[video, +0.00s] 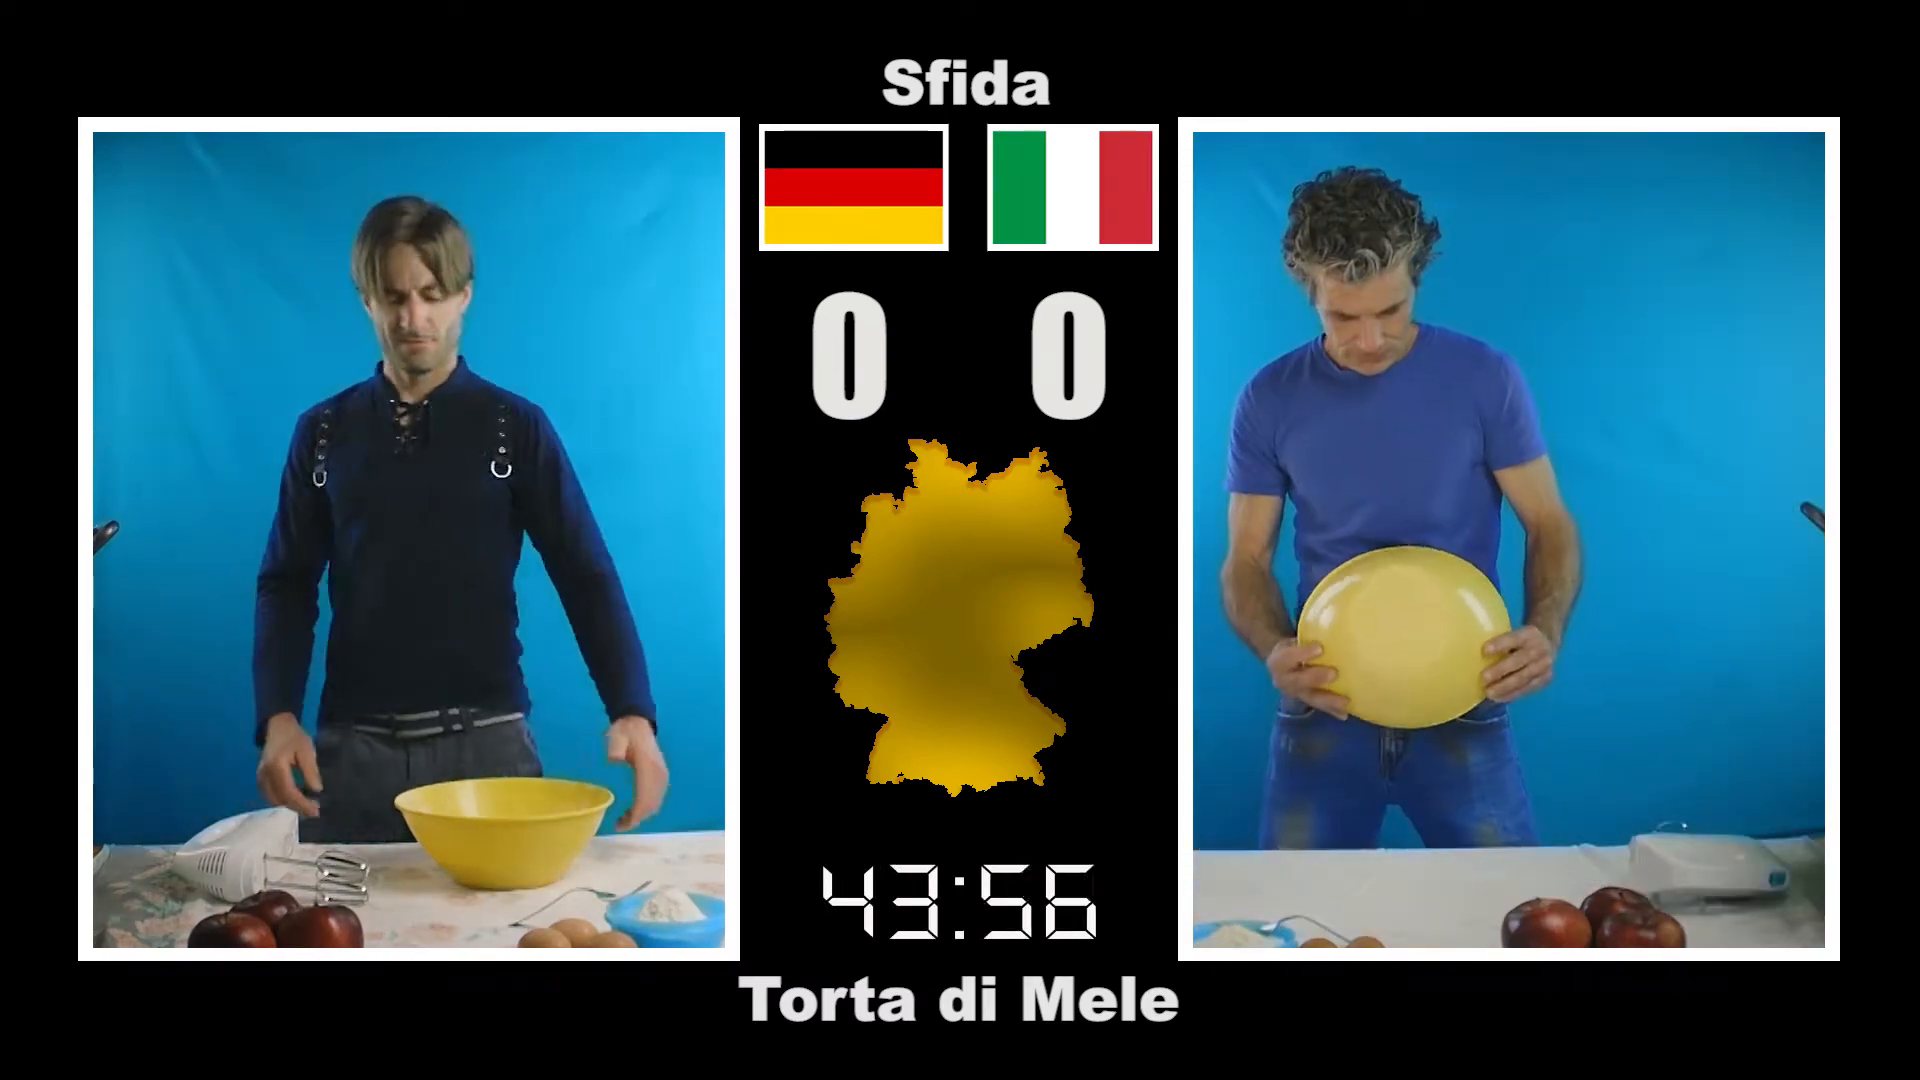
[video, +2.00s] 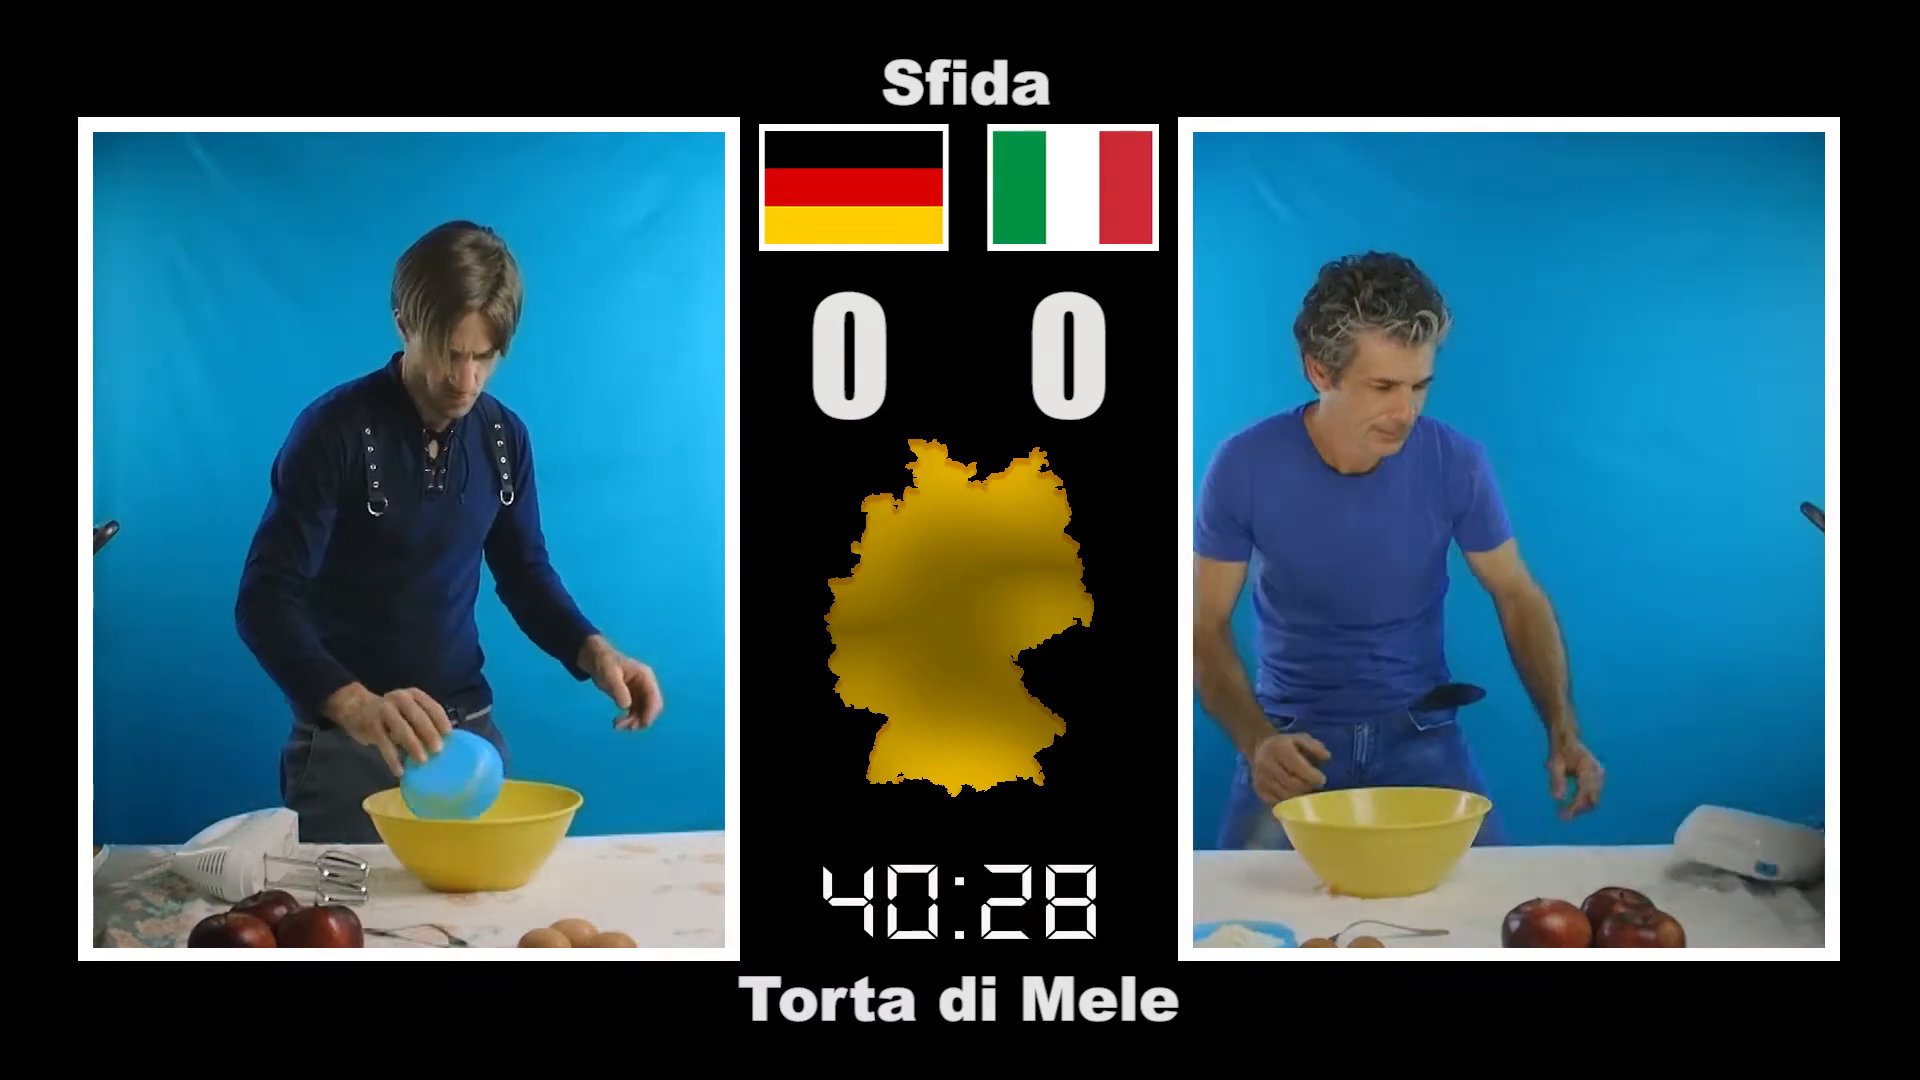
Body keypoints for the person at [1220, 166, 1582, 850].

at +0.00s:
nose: (1371, 337)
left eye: (1390, 311)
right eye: (1346, 316)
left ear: (1414, 282)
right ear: (1311, 291)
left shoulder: (1483, 381)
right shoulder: (1273, 399)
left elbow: (1550, 524)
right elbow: (1247, 561)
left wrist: (1545, 629)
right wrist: (1275, 649)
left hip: (1463, 712)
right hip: (1324, 716)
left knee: (1515, 926)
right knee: (1300, 932)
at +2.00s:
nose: (1404, 411)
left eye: (1420, 386)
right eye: (1382, 388)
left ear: (1432, 371)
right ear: (1320, 373)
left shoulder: (1453, 466)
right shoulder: (1247, 468)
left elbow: (1516, 594)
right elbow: (1204, 627)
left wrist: (1563, 728)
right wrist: (1257, 741)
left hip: (1423, 747)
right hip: (1291, 752)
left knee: (1494, 924)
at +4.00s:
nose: (1442, 340)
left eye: (1466, 312)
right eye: (1418, 312)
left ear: (1505, 287)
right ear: (1392, 288)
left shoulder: (1564, 403)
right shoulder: (1343, 407)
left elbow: (1596, 581)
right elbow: (1278, 590)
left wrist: (1543, 725)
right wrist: (1298, 714)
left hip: (1524, 761)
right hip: (1386, 760)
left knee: (1530, 953)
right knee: (1384, 957)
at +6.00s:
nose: (1503, 348)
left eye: (1528, 322)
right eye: (1480, 321)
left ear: (1564, 298)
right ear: (1452, 293)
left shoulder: (1615, 412)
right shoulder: (1390, 399)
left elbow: (1639, 602)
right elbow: (1335, 556)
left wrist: (1528, 717)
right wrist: (1369, 647)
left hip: (1556, 758)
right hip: (1416, 757)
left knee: (1552, 951)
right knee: (1406, 950)